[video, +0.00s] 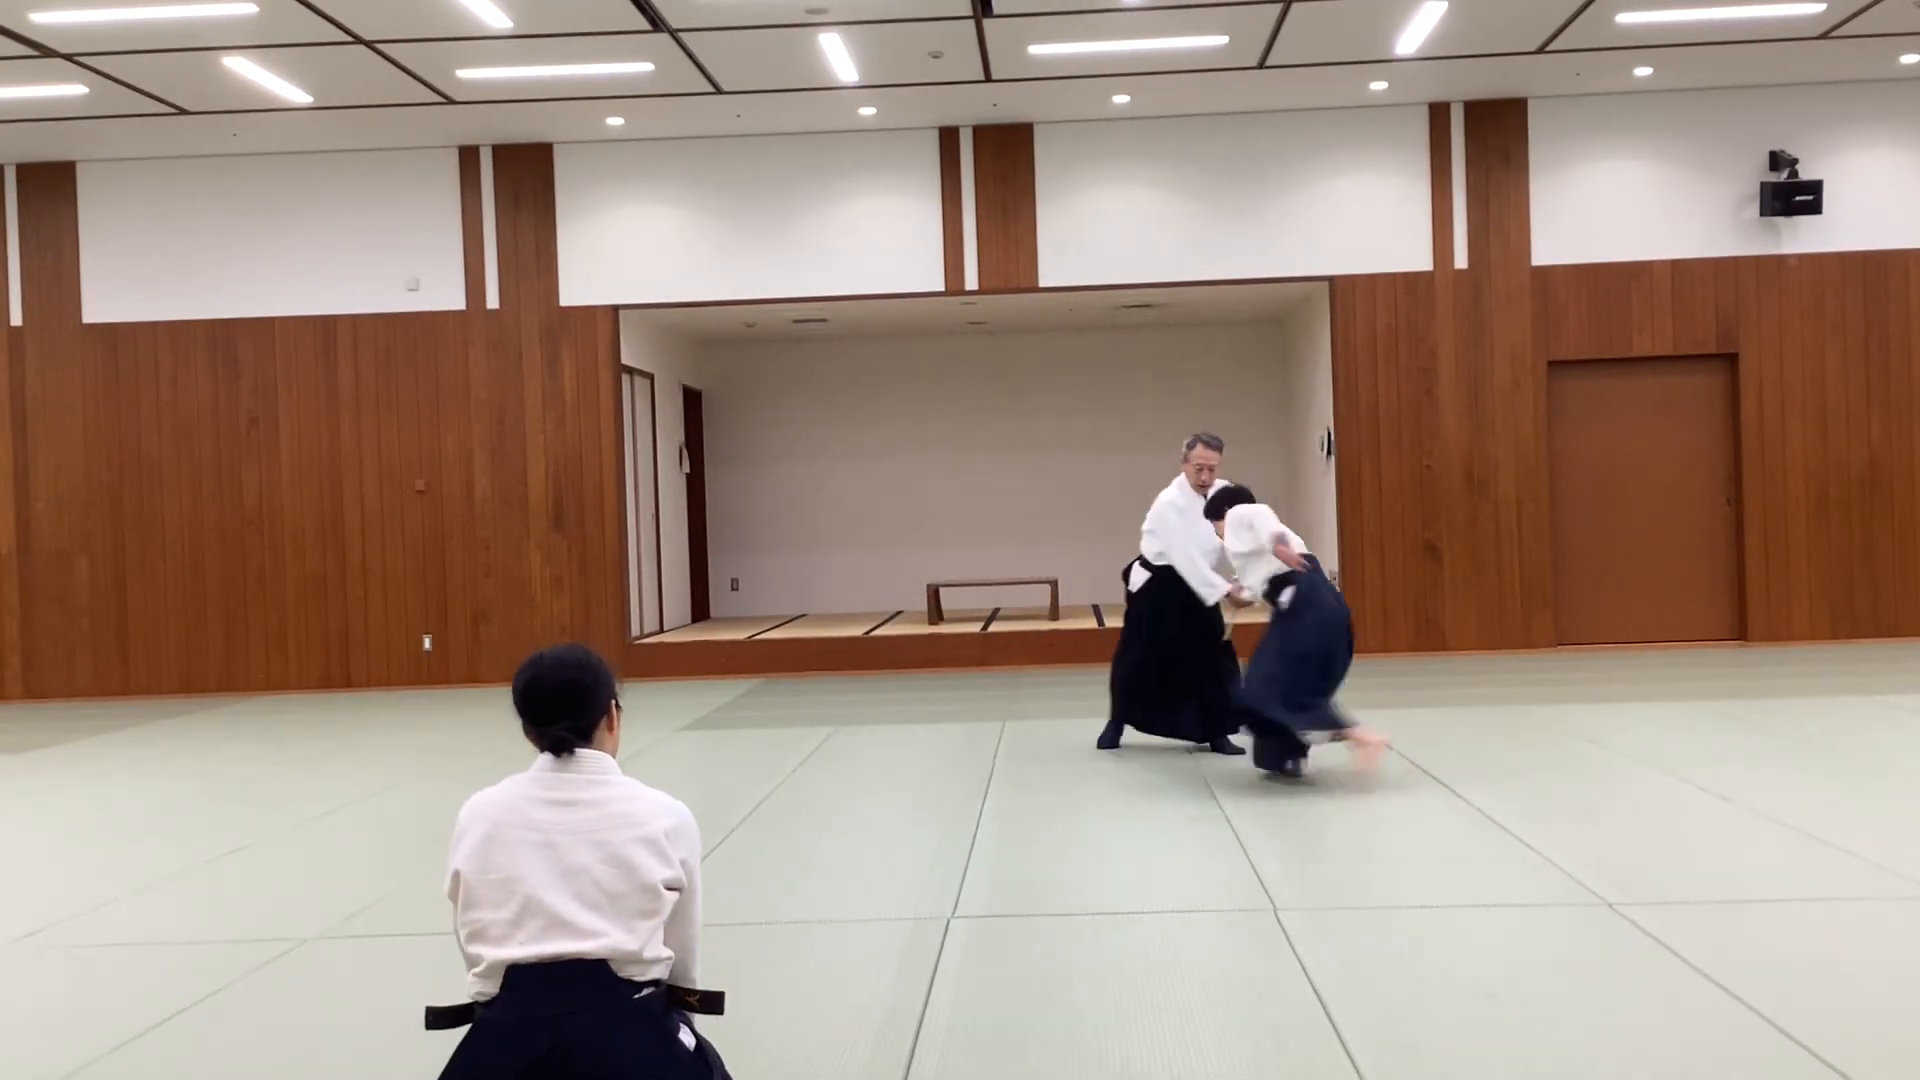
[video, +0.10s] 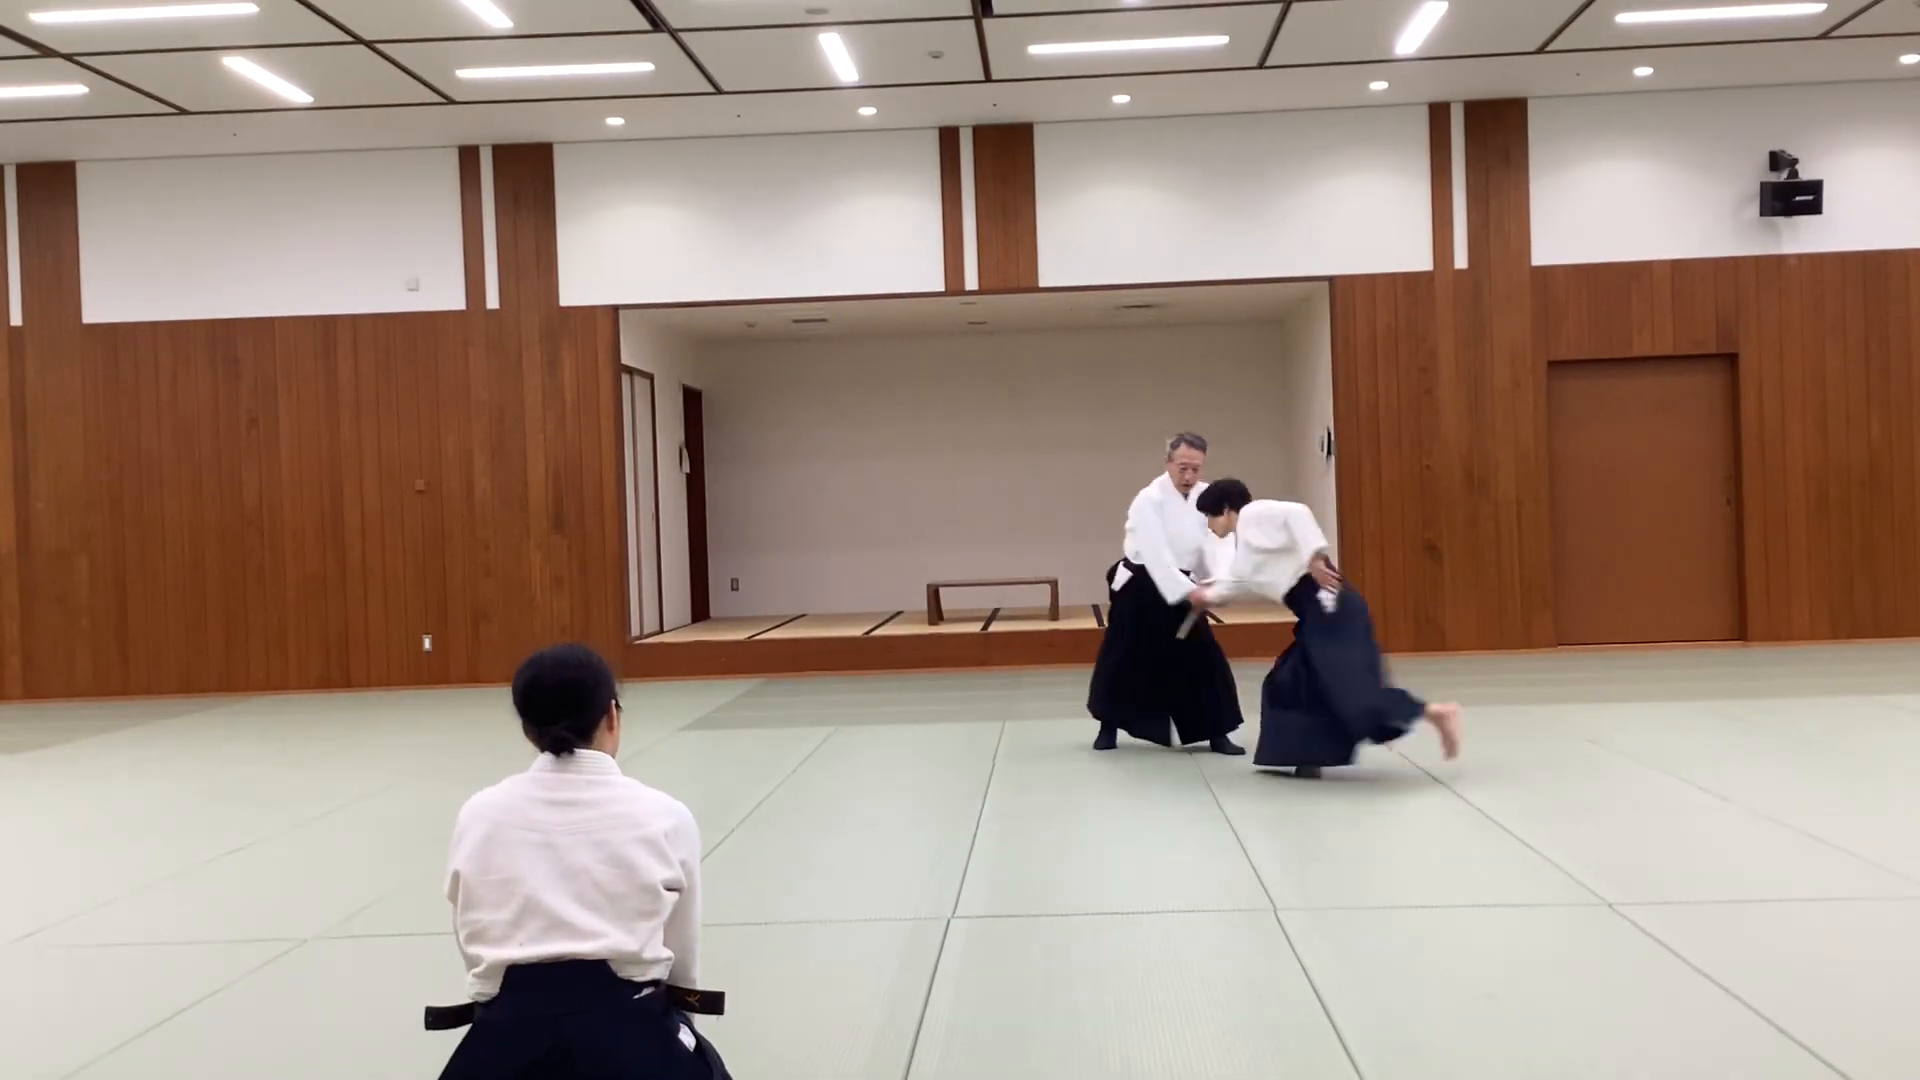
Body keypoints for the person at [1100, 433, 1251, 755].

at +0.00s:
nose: (1205, 476)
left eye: (1212, 469)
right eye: (1199, 468)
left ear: (1219, 468)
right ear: (1184, 465)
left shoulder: (1220, 495)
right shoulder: (1168, 502)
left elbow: (1241, 537)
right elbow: (1183, 558)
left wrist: (1250, 576)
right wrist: (1223, 589)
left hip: (1196, 582)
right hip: (1155, 584)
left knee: (1212, 656)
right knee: (1134, 656)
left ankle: (1216, 732)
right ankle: (1115, 723)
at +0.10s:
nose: (1189, 474)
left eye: (1195, 468)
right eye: (1182, 466)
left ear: (1202, 467)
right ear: (1168, 464)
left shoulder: (1206, 497)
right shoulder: (1148, 501)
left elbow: (1215, 544)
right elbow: (1154, 555)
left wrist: (1219, 582)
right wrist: (1186, 591)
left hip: (1183, 583)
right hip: (1140, 584)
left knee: (1204, 657)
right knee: (1121, 657)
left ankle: (1217, 733)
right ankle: (1108, 728)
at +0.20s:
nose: (1172, 471)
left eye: (1178, 465)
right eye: (1166, 463)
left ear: (1185, 462)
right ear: (1150, 458)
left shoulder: (1194, 496)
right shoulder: (1129, 490)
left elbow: (1198, 549)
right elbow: (1124, 540)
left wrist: (1188, 594)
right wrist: (1154, 567)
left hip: (1174, 586)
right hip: (1127, 583)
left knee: (1193, 657)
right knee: (1116, 655)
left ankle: (1210, 729)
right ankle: (1107, 726)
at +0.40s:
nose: (1164, 464)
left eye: (1169, 457)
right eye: (1157, 457)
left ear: (1175, 456)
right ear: (1141, 453)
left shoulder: (1185, 492)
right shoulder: (1119, 478)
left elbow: (1184, 549)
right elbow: (1105, 506)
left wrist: (1171, 596)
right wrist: (1132, 518)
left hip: (1166, 578)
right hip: (1124, 576)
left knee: (1177, 655)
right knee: (1114, 653)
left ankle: (1184, 730)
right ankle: (1106, 728)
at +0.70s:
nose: (1159, 470)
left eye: (1165, 462)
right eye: (1152, 463)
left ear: (1175, 457)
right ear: (1139, 459)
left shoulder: (1188, 490)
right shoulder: (1125, 474)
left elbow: (1206, 538)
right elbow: (1083, 477)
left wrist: (1210, 582)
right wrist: (1113, 492)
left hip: (1177, 580)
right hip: (1136, 578)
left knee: (1184, 657)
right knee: (1123, 655)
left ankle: (1188, 733)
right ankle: (1117, 734)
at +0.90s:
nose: (1149, 480)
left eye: (1154, 472)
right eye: (1141, 474)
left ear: (1167, 466)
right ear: (1133, 472)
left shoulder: (1190, 492)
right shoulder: (1126, 492)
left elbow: (1227, 518)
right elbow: (1088, 506)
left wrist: (1259, 551)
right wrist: (1118, 508)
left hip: (1193, 590)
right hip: (1148, 589)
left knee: (1208, 663)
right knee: (1129, 662)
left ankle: (1208, 738)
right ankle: (1117, 738)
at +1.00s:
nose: (1167, 486)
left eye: (1172, 478)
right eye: (1159, 480)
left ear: (1185, 472)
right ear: (1150, 478)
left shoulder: (1207, 497)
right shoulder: (1141, 499)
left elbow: (1247, 523)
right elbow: (1107, 519)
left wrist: (1275, 559)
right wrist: (1136, 529)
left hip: (1205, 594)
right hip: (1159, 593)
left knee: (1223, 662)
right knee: (1138, 663)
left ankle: (1237, 733)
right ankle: (1131, 737)